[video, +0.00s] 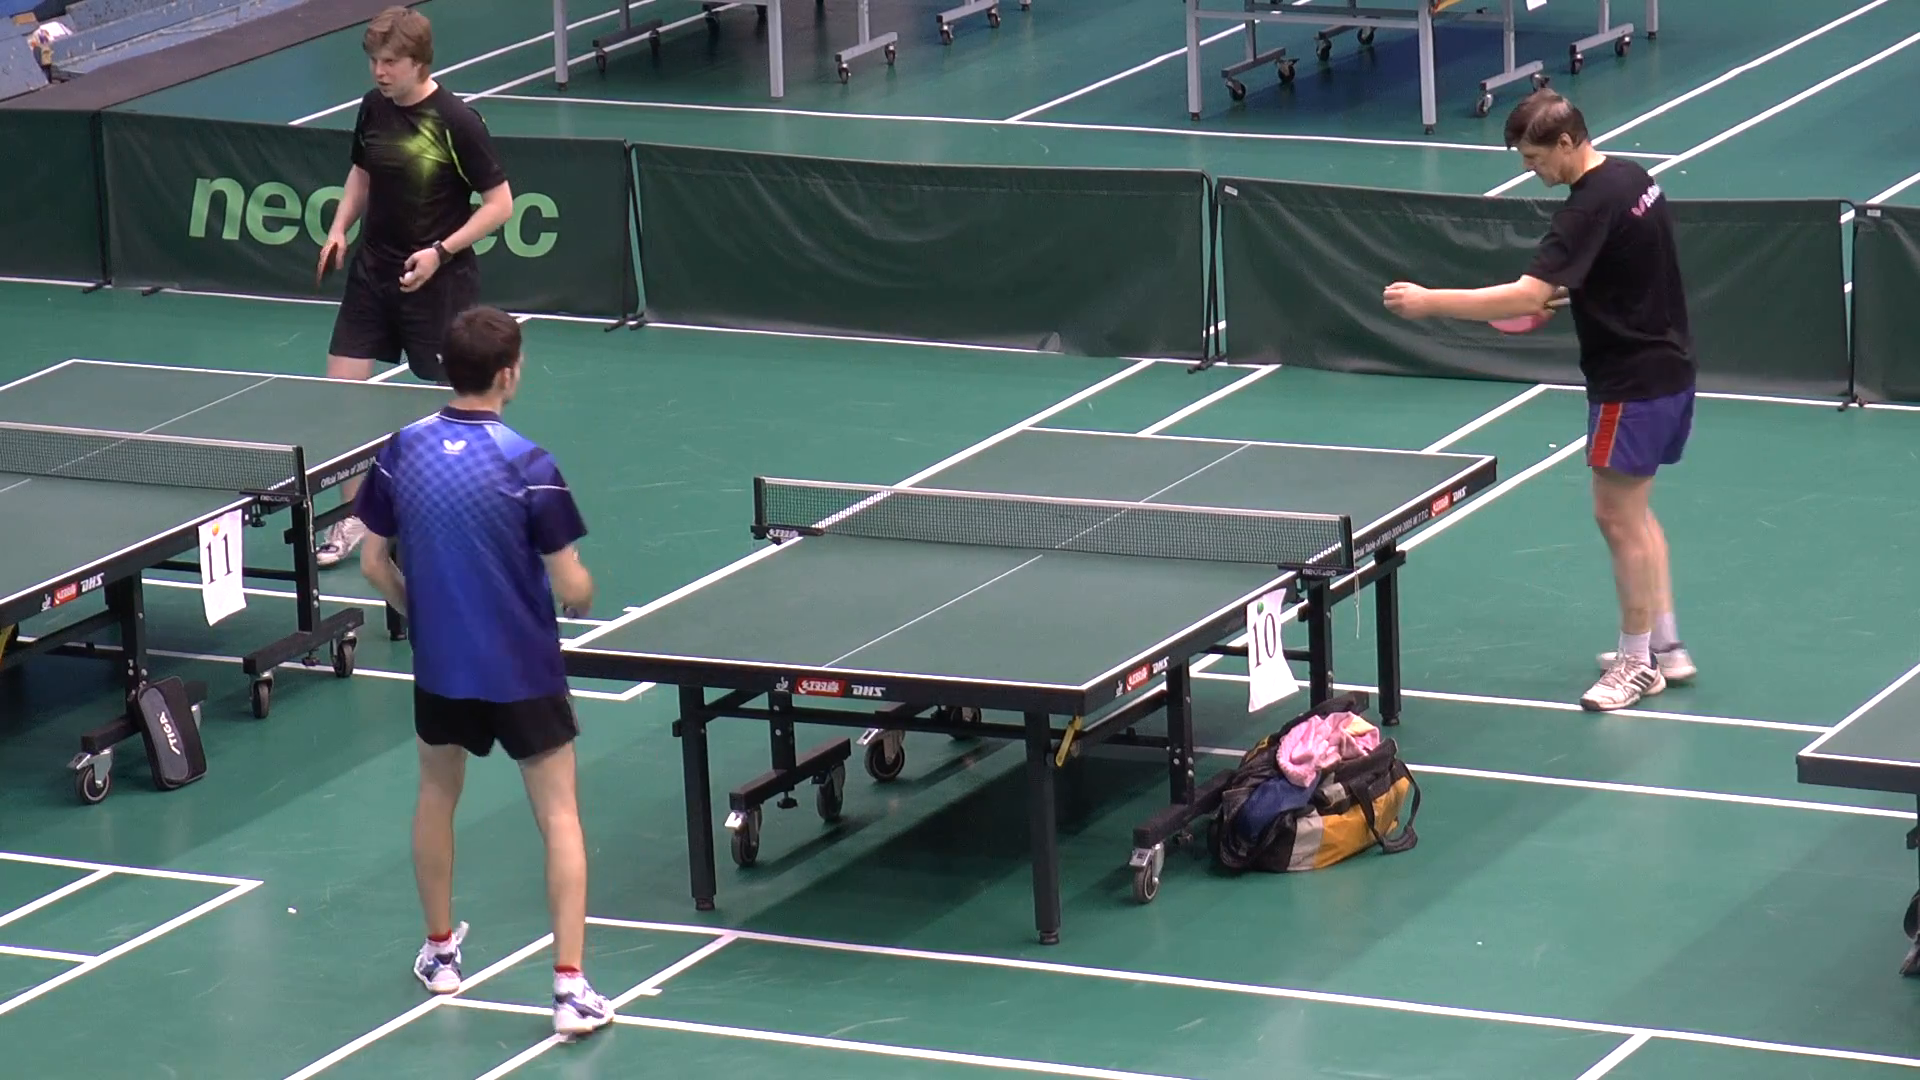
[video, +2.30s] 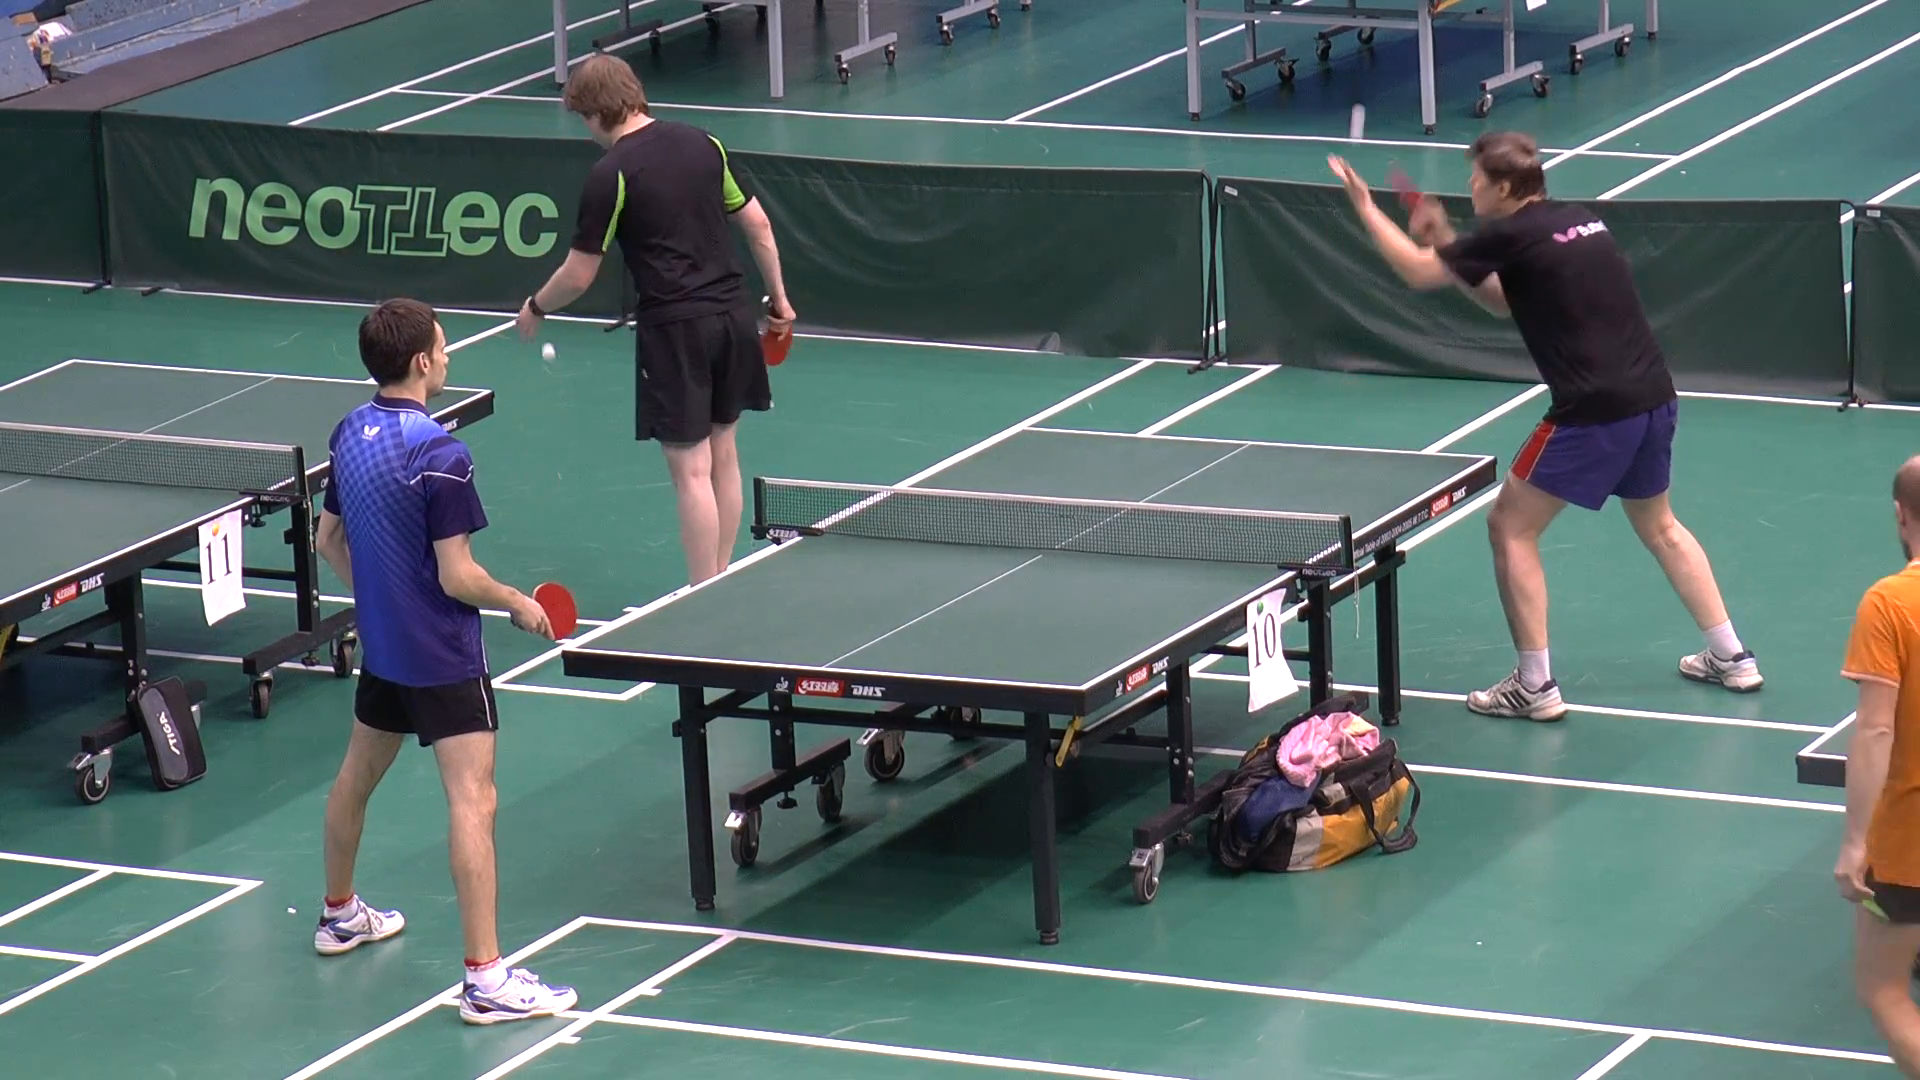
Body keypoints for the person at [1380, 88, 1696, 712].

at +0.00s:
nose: (1532, 171)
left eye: (1534, 159)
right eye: (1527, 161)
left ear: (1565, 142)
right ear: (1570, 141)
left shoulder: (1591, 203)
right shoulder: (1628, 175)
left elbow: (1528, 294)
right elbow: (1615, 268)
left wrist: (1429, 301)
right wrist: (1552, 295)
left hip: (1632, 384)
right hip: (1661, 372)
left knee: (1619, 518)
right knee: (1632, 510)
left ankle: (1636, 661)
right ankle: (1666, 648)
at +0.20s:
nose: (1553, 168)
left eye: (1554, 156)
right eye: (1547, 158)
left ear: (1585, 138)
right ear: (1601, 136)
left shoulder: (1597, 208)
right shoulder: (1665, 181)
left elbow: (1550, 301)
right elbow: (1703, 273)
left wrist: (1451, 310)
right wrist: (1615, 303)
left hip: (1636, 395)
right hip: (1693, 383)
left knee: (1610, 518)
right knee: (1691, 515)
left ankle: (1639, 663)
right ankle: (1737, 659)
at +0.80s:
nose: (1541, 201)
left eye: (1539, 186)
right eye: (1535, 190)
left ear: (1566, 166)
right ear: (1583, 161)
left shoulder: (1581, 228)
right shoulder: (1658, 198)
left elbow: (1533, 329)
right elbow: (1644, 295)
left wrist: (1444, 348)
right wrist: (1563, 320)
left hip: (1643, 403)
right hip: (1709, 392)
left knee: (1586, 540)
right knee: (1715, 534)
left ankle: (1544, 685)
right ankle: (1744, 677)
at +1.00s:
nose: (1476, 241)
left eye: (1471, 228)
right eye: (1469, 231)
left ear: (1488, 208)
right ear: (1515, 193)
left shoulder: (1515, 258)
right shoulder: (1594, 215)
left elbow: (1493, 361)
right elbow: (1586, 301)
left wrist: (1410, 370)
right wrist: (1503, 322)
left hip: (1612, 404)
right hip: (1680, 387)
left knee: (1542, 532)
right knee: (1707, 538)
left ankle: (1535, 685)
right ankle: (1743, 677)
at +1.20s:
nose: (1425, 284)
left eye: (1418, 272)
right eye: (1417, 275)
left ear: (1435, 249)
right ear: (1461, 232)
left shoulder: (1464, 288)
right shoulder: (1534, 241)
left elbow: (1440, 390)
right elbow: (1520, 360)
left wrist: (1365, 380)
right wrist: (1447, 357)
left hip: (1583, 411)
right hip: (1652, 391)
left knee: (1512, 532)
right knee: (1694, 538)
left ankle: (1534, 686)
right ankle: (1741, 677)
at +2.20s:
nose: (1452, 222)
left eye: (1456, 211)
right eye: (1451, 211)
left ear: (1487, 209)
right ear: (1511, 203)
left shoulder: (1500, 262)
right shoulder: (1571, 229)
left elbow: (1447, 337)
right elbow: (1526, 331)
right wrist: (1440, 324)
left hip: (1589, 416)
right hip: (1652, 402)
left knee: (1506, 530)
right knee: (1659, 527)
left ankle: (1534, 684)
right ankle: (1733, 656)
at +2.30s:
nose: (1470, 189)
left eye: (1475, 179)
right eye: (1472, 178)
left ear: (1501, 185)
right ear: (1531, 184)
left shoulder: (1508, 233)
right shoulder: (1581, 219)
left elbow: (1418, 269)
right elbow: (1507, 300)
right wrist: (1446, 241)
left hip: (1591, 411)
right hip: (1654, 400)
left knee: (1511, 526)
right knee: (1660, 524)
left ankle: (1534, 684)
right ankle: (1731, 655)